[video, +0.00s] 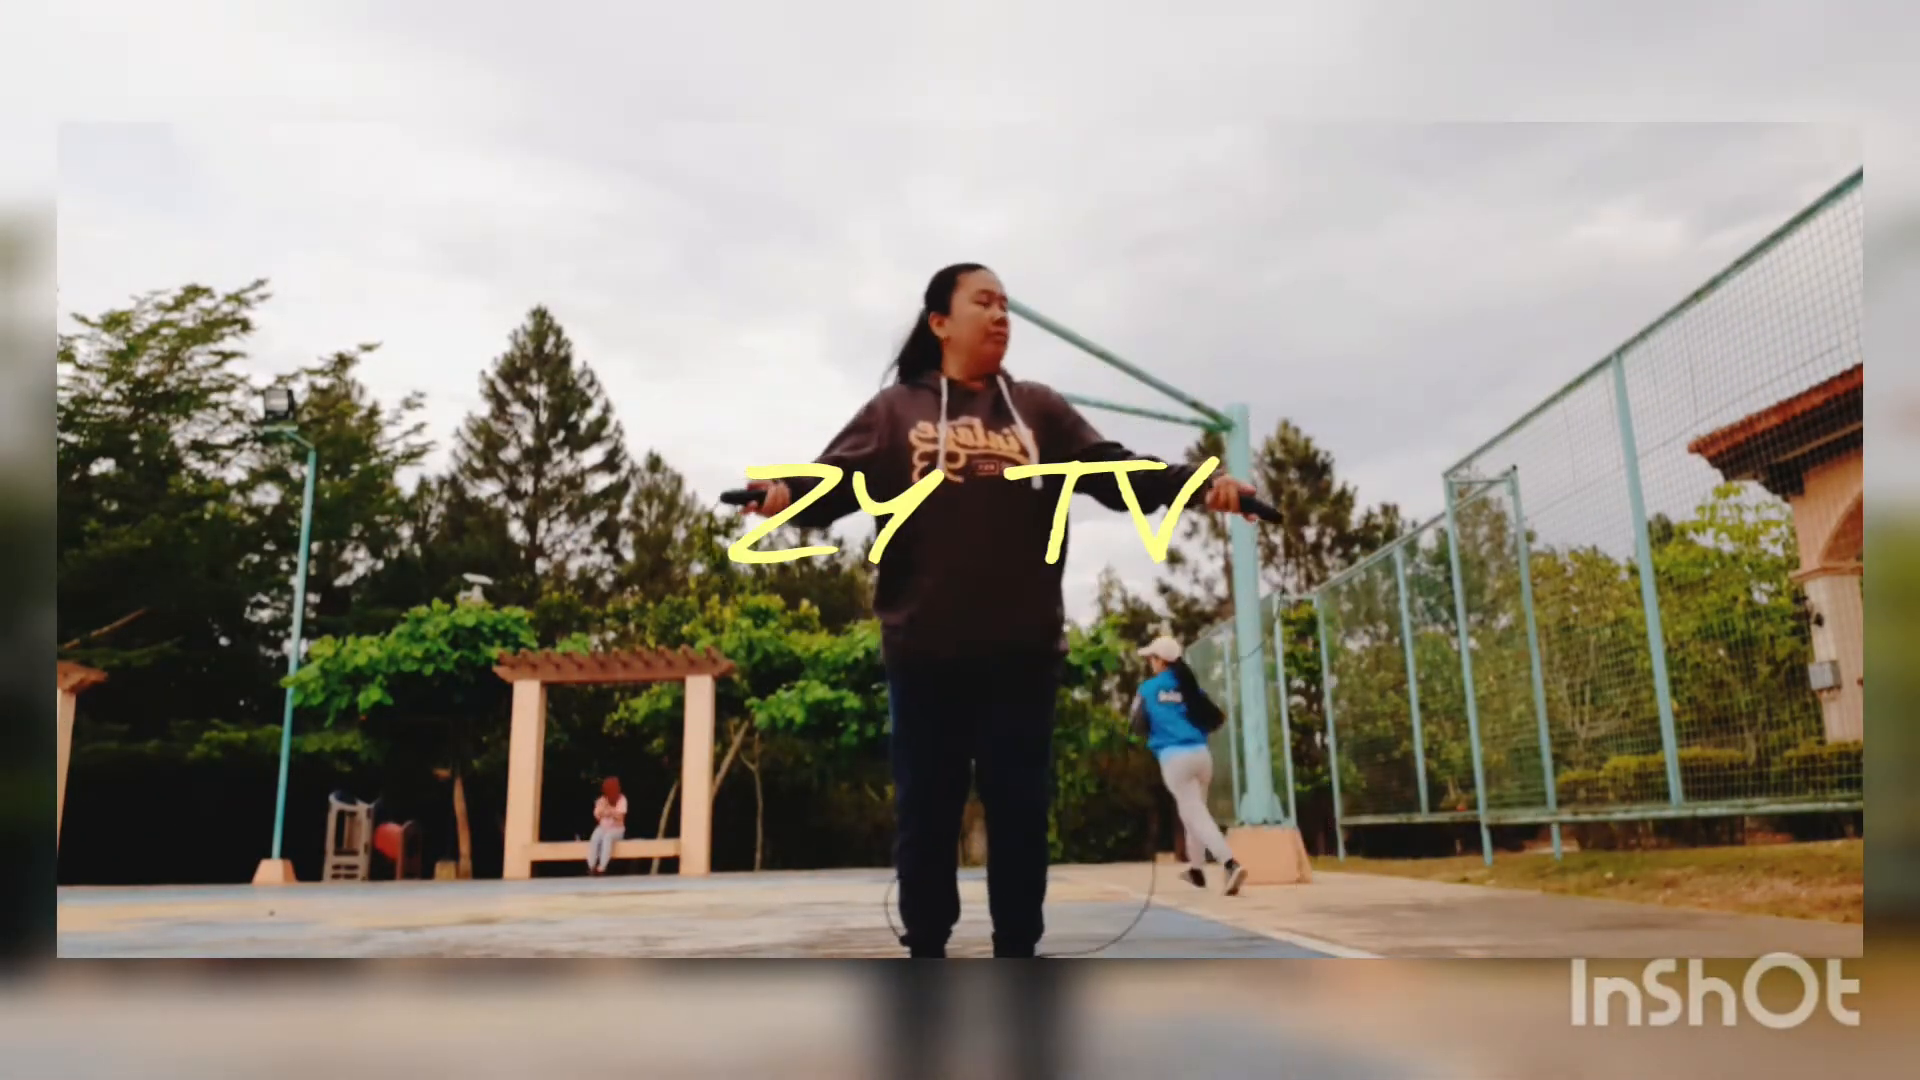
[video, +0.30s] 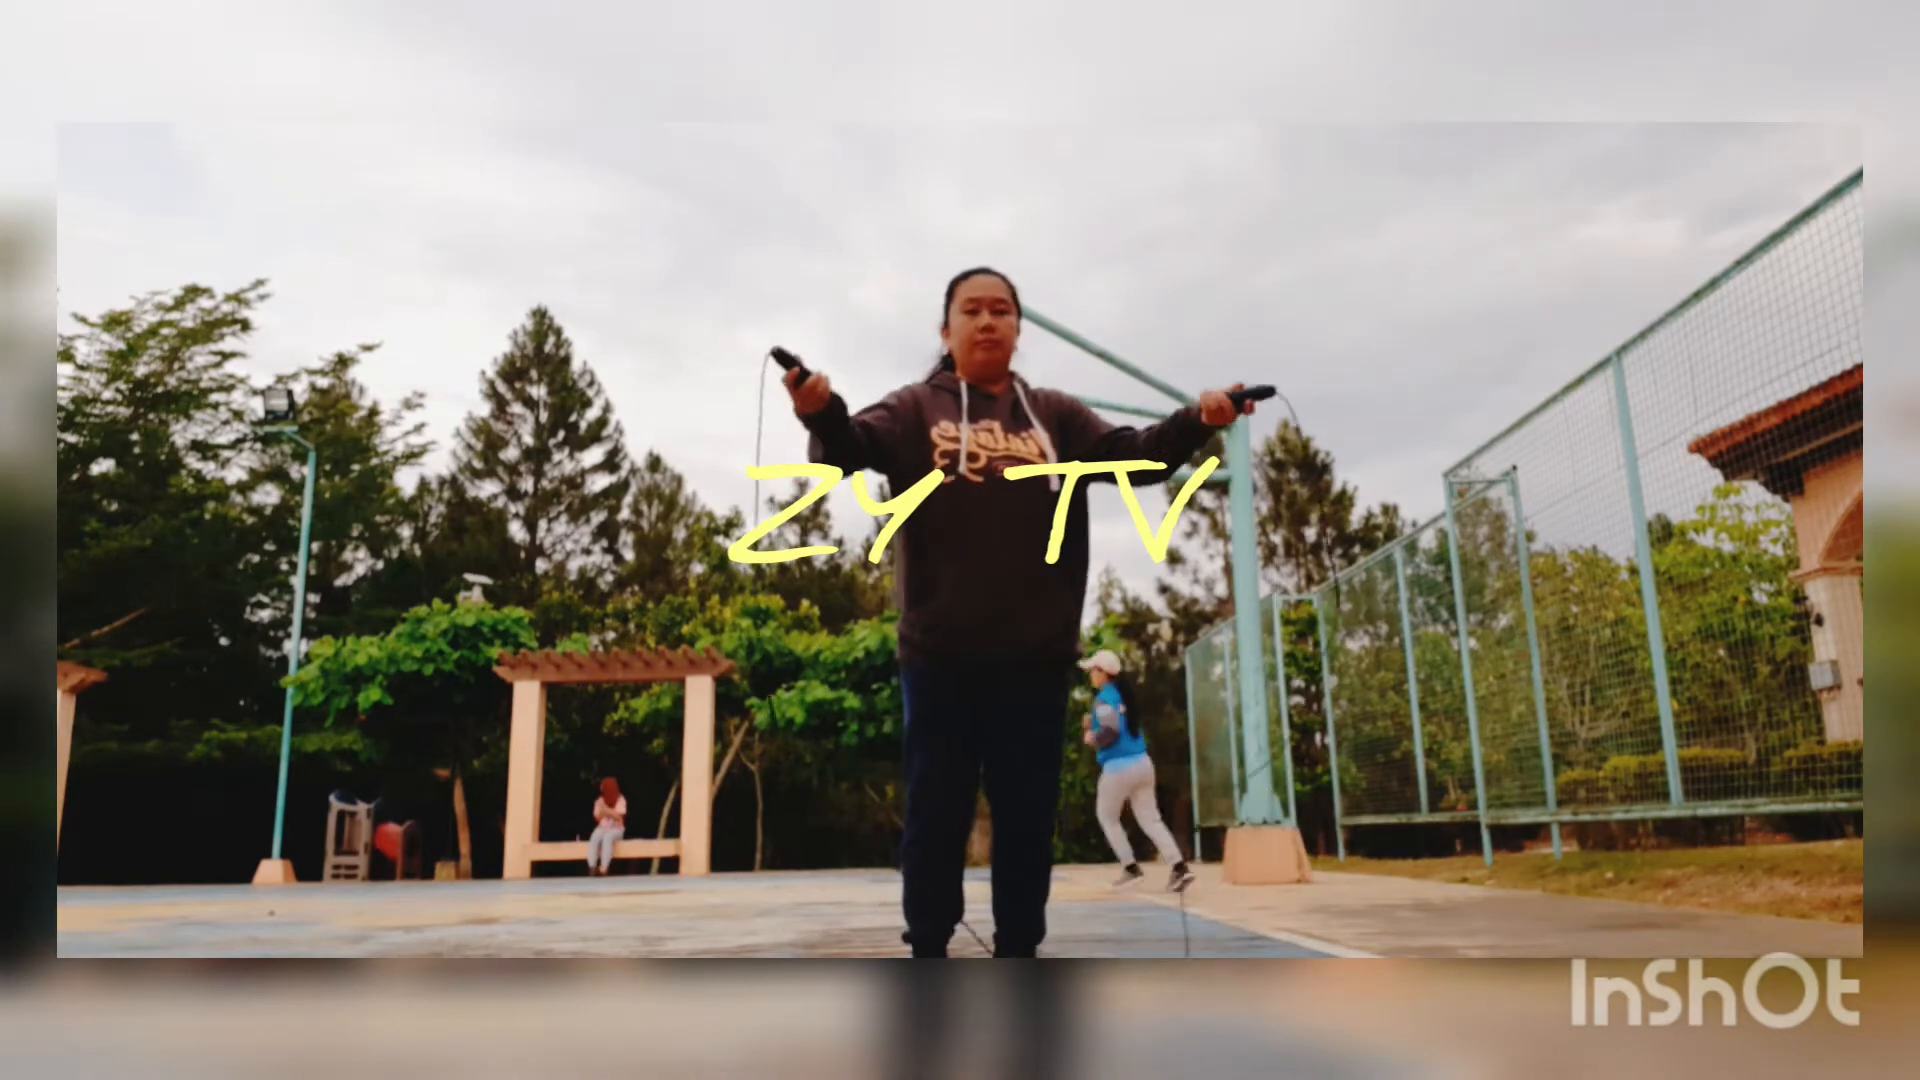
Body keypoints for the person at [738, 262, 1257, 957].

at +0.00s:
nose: (1003, 316)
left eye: (1005, 305)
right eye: (985, 303)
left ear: (1006, 324)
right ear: (939, 321)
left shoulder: (1039, 408)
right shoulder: (895, 410)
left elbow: (1112, 470)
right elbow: (834, 480)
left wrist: (1198, 483)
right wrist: (787, 491)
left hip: (1022, 641)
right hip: (926, 644)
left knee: (1021, 806)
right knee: (926, 804)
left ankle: (1018, 952)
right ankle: (925, 950)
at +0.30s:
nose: (987, 321)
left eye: (1000, 311)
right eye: (972, 311)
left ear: (1020, 328)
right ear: (946, 330)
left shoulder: (1056, 415)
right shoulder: (915, 407)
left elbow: (1129, 452)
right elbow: (855, 448)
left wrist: (1197, 420)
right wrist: (822, 414)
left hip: (1035, 645)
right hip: (942, 645)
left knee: (1028, 809)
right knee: (937, 805)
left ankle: (1019, 951)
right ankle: (928, 951)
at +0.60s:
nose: (986, 327)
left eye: (999, 315)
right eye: (971, 315)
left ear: (1020, 331)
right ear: (947, 333)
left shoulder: (1061, 417)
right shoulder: (914, 413)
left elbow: (1147, 452)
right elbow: (845, 448)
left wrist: (1197, 397)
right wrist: (800, 395)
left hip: (1039, 646)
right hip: (943, 646)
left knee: (1032, 809)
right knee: (940, 800)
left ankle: (1019, 952)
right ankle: (932, 947)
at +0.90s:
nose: (965, 332)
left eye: (978, 320)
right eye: (951, 320)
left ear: (1001, 336)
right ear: (930, 335)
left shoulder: (1041, 425)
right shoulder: (896, 426)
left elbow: (1103, 495)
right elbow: (837, 505)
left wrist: (1177, 496)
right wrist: (782, 507)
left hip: (1026, 646)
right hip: (929, 648)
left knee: (1030, 797)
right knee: (936, 799)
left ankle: (1018, 944)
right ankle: (940, 944)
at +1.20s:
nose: (949, 304)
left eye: (963, 293)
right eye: (934, 293)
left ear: (985, 315)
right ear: (913, 313)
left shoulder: (1023, 402)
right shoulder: (878, 405)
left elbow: (1068, 505)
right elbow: (833, 514)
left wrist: (1120, 589)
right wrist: (788, 605)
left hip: (1015, 602)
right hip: (922, 614)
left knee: (1017, 689)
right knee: (935, 770)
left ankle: (981, 877)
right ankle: (944, 924)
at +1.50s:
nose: (956, 304)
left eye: (972, 293)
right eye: (941, 295)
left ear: (997, 319)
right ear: (922, 320)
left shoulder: (1040, 403)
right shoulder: (892, 408)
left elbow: (1118, 482)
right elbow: (827, 497)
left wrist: (1210, 448)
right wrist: (727, 478)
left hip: (1003, 642)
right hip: (905, 643)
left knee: (996, 809)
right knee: (895, 778)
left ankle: (1001, 956)